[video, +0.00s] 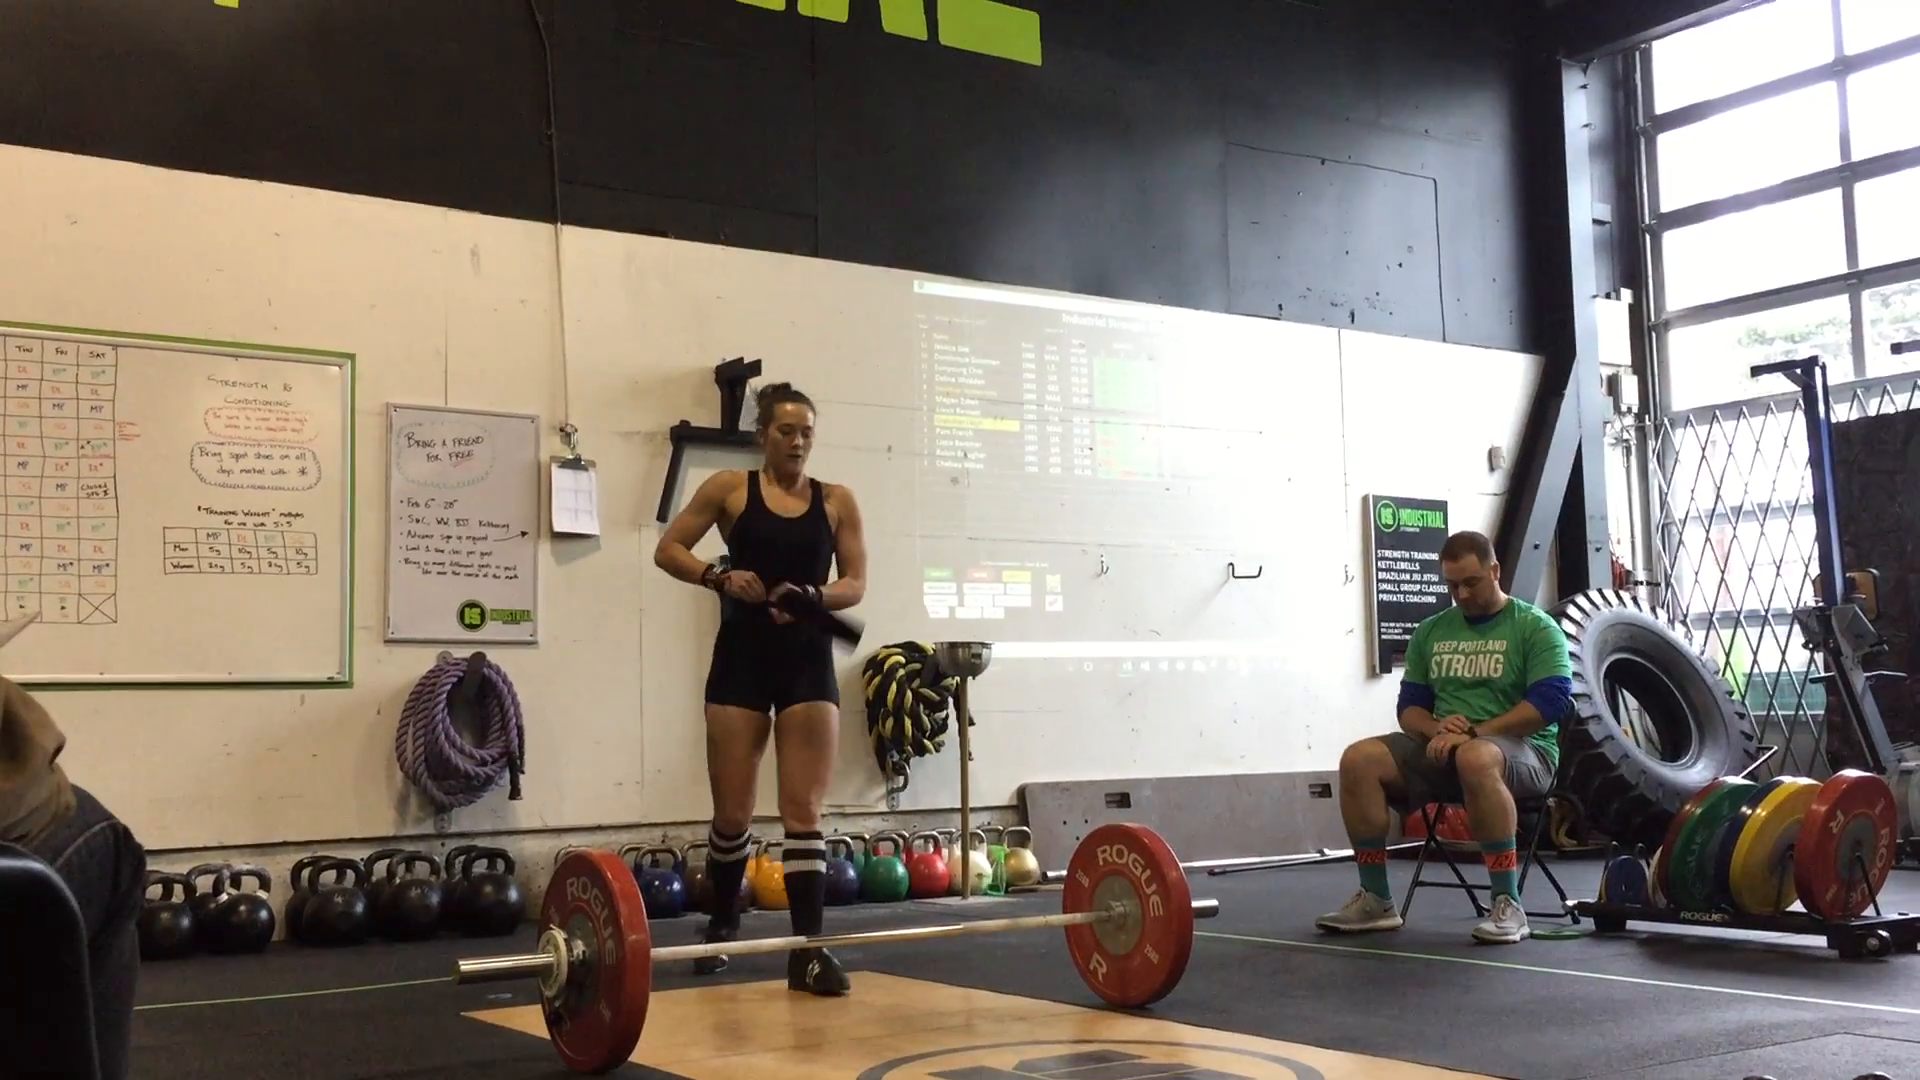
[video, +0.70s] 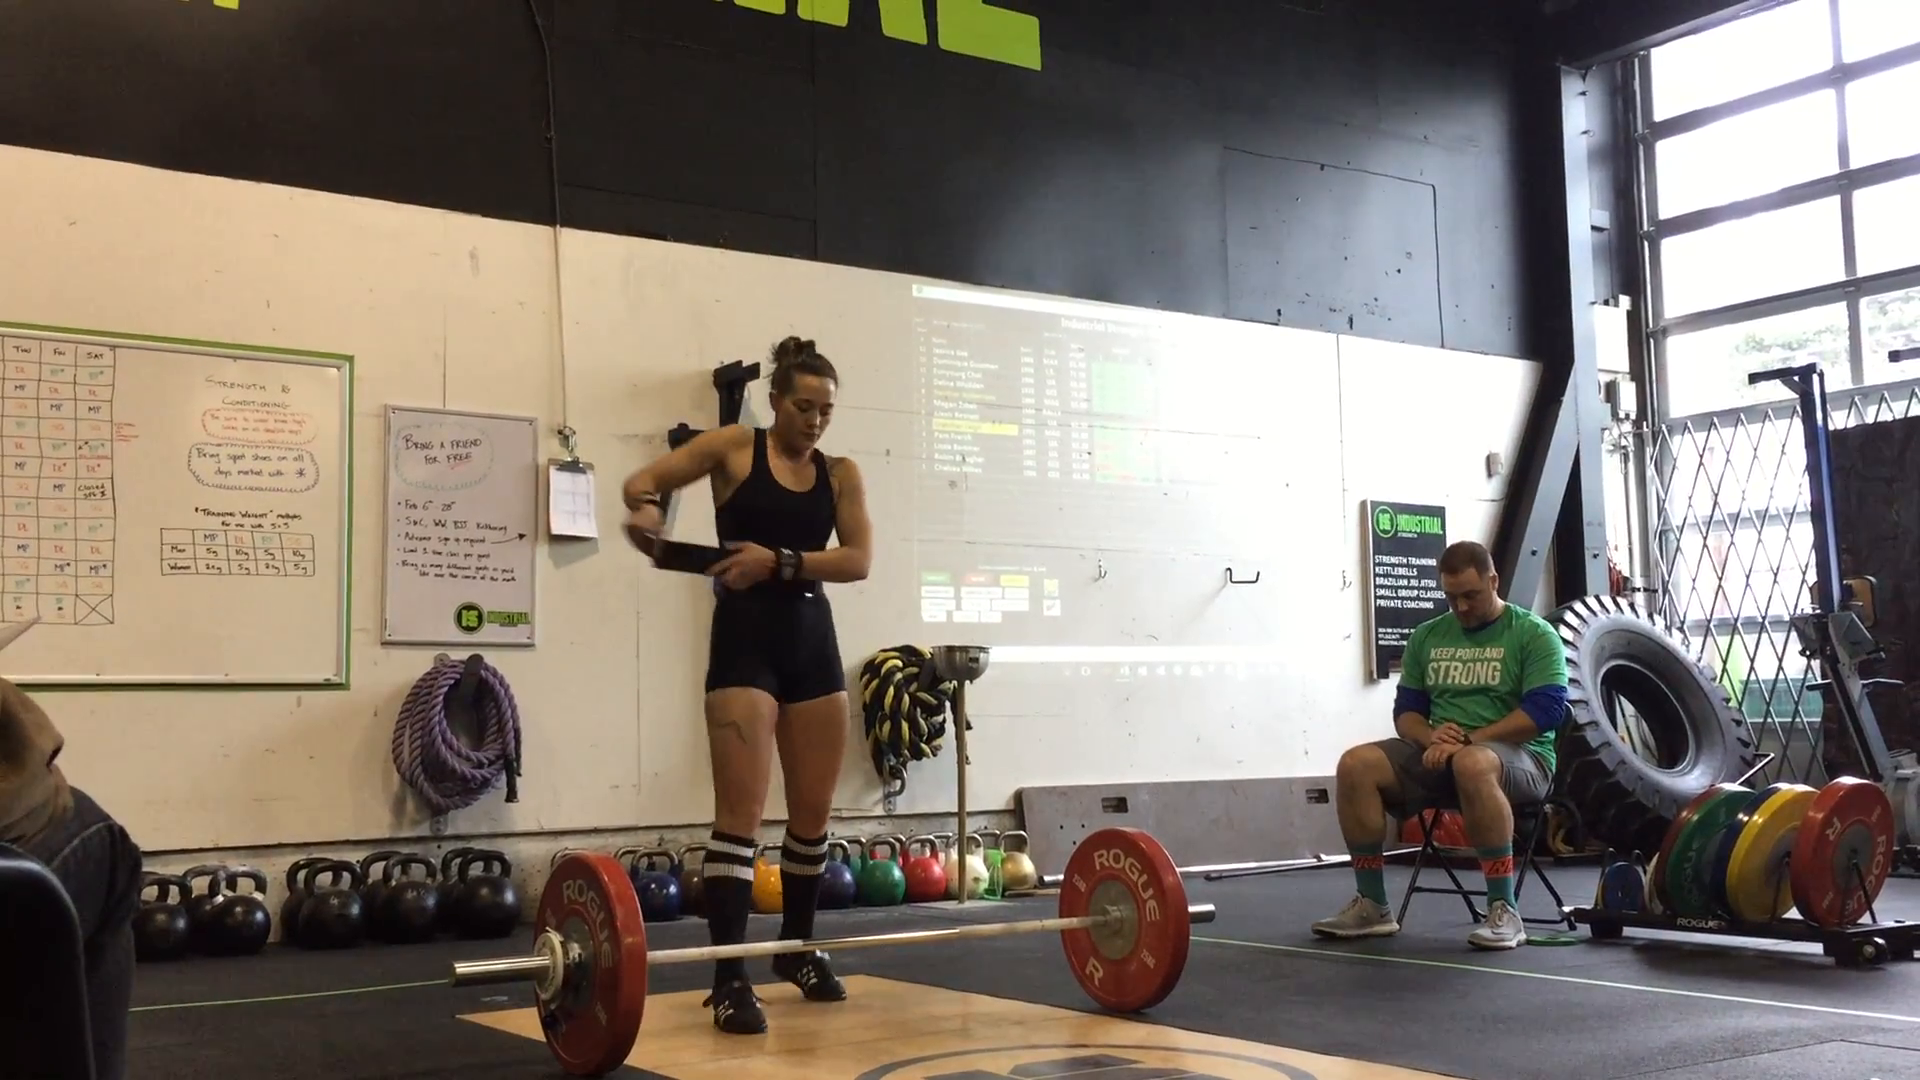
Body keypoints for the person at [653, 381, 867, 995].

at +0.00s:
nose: (797, 440)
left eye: (805, 431)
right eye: (786, 430)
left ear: (815, 435)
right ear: (762, 433)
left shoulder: (837, 502)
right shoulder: (727, 489)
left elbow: (854, 585)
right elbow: (669, 550)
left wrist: (815, 596)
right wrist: (720, 579)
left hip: (808, 667)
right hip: (741, 665)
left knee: (804, 811)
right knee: (731, 817)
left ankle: (808, 954)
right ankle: (719, 941)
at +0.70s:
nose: (814, 418)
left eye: (823, 408)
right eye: (803, 406)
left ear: (833, 410)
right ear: (775, 400)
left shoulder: (840, 472)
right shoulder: (733, 445)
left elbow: (858, 560)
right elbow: (645, 480)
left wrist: (778, 561)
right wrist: (643, 509)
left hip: (813, 647)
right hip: (744, 643)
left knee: (812, 812)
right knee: (740, 812)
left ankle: (796, 947)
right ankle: (730, 979)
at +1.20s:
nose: (827, 409)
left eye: (838, 396)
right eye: (815, 394)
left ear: (849, 391)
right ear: (785, 383)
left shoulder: (863, 465)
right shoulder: (734, 441)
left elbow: (877, 562)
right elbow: (699, 483)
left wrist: (839, 576)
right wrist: (743, 529)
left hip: (818, 635)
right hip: (741, 633)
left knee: (862, 803)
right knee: (736, 811)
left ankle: (903, 966)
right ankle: (736, 978)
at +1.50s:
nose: (910, 408)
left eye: (920, 396)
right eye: (898, 394)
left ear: (928, 388)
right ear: (867, 378)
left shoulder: (933, 456)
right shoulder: (815, 440)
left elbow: (956, 537)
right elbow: (743, 477)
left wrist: (933, 570)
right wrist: (788, 544)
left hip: (886, 630)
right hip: (812, 625)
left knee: (907, 806)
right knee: (798, 804)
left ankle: (943, 972)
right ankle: (747, 966)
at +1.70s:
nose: (948, 399)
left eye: (958, 387)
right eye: (938, 385)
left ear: (968, 380)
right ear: (906, 370)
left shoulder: (970, 451)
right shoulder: (849, 434)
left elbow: (991, 525)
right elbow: (768, 492)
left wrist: (1011, 565)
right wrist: (761, 576)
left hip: (918, 628)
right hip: (841, 623)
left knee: (926, 801)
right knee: (820, 793)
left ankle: (946, 969)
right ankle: (777, 969)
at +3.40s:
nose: (957, 455)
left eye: (967, 442)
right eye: (946, 442)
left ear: (980, 423)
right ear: (917, 417)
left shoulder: (974, 467)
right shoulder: (864, 471)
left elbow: (988, 533)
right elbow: (814, 577)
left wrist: (1041, 603)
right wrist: (814, 662)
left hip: (902, 625)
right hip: (831, 625)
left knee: (926, 784)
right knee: (835, 788)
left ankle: (939, 966)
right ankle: (810, 974)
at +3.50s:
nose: (978, 510)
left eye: (983, 498)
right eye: (964, 500)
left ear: (985, 482)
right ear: (924, 481)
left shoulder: (974, 510)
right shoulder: (867, 529)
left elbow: (975, 556)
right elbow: (824, 656)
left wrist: (1013, 632)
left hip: (895, 635)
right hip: (823, 639)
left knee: (932, 780)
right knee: (835, 788)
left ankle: (939, 965)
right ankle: (812, 974)